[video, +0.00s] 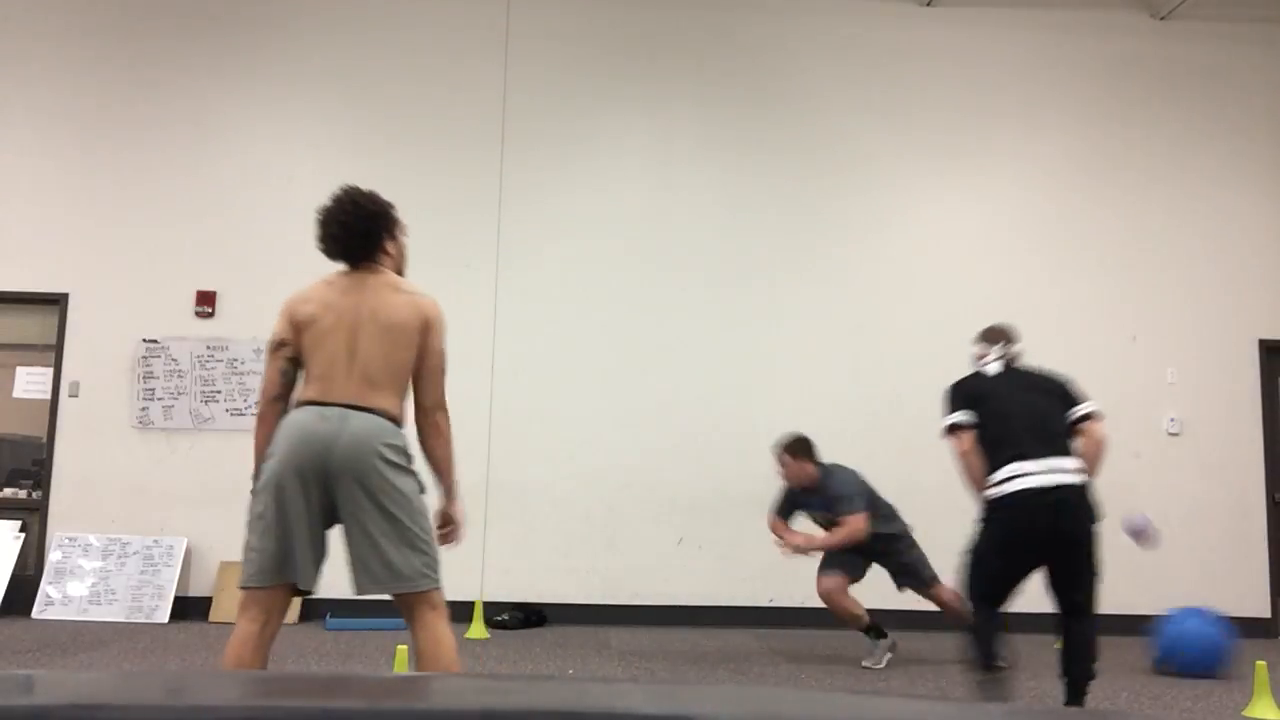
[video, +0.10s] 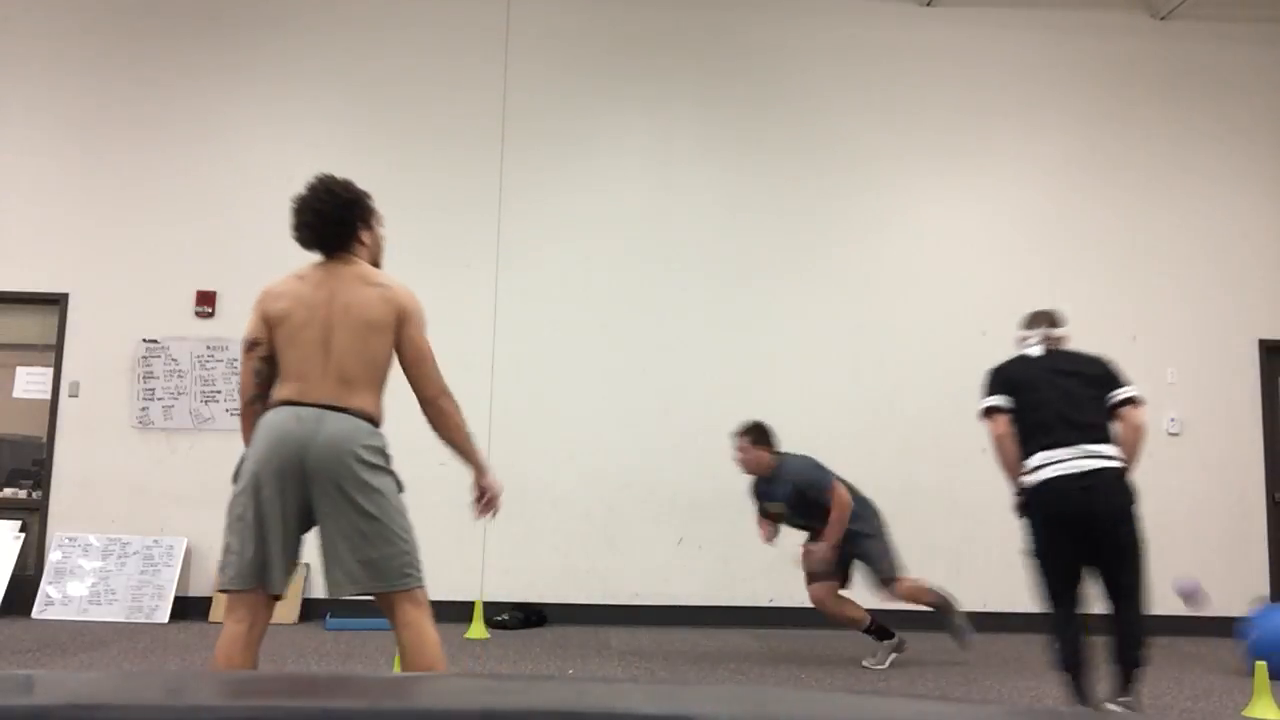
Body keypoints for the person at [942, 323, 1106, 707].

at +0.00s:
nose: (976, 360)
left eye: (977, 355)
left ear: (979, 354)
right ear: (1015, 351)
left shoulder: (966, 388)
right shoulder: (1051, 381)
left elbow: (966, 445)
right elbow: (1094, 433)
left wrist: (988, 495)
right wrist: (1075, 482)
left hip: (1013, 511)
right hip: (1071, 508)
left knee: (984, 596)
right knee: (1077, 605)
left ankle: (990, 669)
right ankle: (1076, 697)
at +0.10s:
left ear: (1020, 340)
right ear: (1062, 337)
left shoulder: (1003, 374)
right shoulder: (1095, 364)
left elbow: (1001, 431)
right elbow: (1134, 420)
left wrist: (1020, 483)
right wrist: (1120, 468)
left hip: (1049, 493)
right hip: (1106, 485)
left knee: (1063, 601)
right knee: (1125, 593)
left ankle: (1080, 695)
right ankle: (1125, 691)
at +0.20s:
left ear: (1067, 343)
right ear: (1110, 341)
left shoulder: (1047, 380)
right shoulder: (1137, 371)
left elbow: (1032, 435)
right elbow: (1175, 430)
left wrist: (1046, 493)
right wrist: (1162, 482)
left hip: (1089, 511)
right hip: (1144, 501)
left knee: (1117, 608)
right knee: (1181, 600)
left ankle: (1130, 703)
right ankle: (1206, 699)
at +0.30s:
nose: (1150, 353)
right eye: (1151, 347)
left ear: (1114, 348)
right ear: (1155, 348)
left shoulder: (1090, 391)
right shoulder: (1181, 383)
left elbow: (1070, 453)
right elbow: (1206, 446)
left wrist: (1068, 513)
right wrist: (1209, 502)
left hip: (1127, 522)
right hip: (1184, 514)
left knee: (1139, 611)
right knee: (1232, 607)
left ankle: (1130, 703)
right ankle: (1269, 693)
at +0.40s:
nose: (1195, 353)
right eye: (1196, 348)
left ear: (1156, 349)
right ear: (1196, 348)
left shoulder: (1132, 394)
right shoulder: (1219, 383)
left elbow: (1111, 458)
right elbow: (1245, 448)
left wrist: (1101, 514)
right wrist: (1256, 499)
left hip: (1171, 522)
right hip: (1227, 515)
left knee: (1169, 611)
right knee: (1270, 607)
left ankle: (1140, 691)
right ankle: (1276, 689)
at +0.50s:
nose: (1231, 350)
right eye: (1232, 345)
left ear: (1192, 345)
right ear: (1230, 346)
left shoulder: (1168, 390)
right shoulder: (1251, 383)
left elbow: (1148, 454)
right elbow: (1275, 443)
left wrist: (1140, 509)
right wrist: (1278, 482)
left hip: (1205, 516)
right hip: (1258, 509)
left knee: (1227, 604)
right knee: (1274, 598)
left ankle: (1185, 662)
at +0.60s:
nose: (1262, 347)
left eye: (1258, 341)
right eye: (1262, 341)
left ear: (1223, 340)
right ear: (1258, 341)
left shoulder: (1197, 383)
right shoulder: (1271, 377)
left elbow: (1172, 445)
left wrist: (1175, 493)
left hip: (1225, 505)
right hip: (1271, 499)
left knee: (1256, 593)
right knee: (1270, 592)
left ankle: (1249, 670)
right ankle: (1247, 669)